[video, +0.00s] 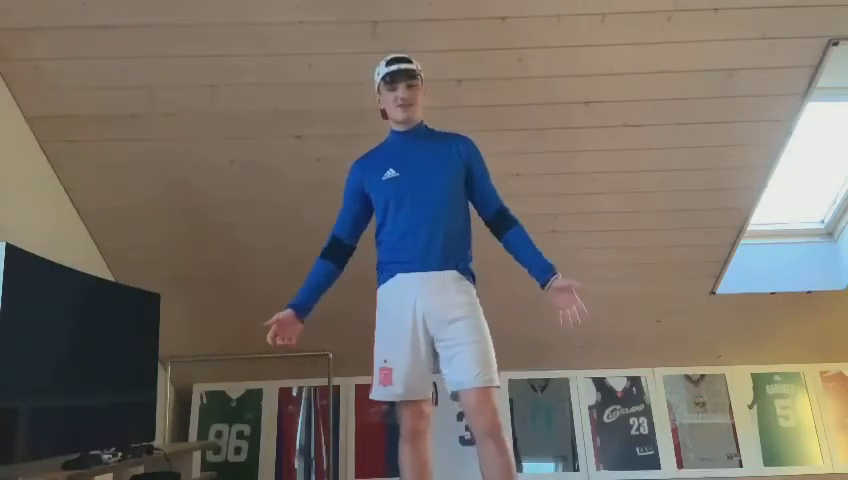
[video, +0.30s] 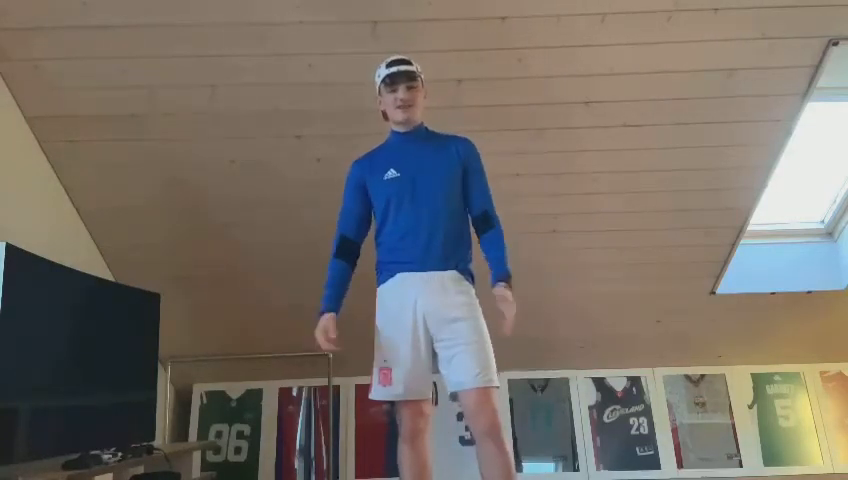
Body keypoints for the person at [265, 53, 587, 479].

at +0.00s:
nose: (403, 94)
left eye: (411, 85)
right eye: (393, 88)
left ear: (424, 93)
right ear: (381, 102)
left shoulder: (459, 148)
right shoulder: (368, 165)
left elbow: (500, 220)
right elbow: (338, 246)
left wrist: (548, 278)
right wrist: (298, 310)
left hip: (455, 292)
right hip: (398, 298)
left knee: (485, 414)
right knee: (414, 418)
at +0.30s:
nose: (403, 95)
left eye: (411, 86)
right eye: (393, 89)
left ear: (424, 94)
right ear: (380, 102)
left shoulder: (460, 150)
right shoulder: (366, 168)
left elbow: (485, 221)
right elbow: (347, 244)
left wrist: (500, 280)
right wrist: (330, 308)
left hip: (455, 293)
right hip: (398, 298)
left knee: (484, 414)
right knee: (414, 418)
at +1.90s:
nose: (413, 98)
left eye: (421, 91)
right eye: (403, 90)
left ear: (431, 100)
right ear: (387, 102)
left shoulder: (459, 152)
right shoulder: (366, 167)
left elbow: (476, 226)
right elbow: (362, 244)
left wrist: (426, 269)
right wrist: (400, 293)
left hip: (452, 291)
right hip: (395, 299)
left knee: (484, 417)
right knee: (412, 420)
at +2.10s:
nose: (410, 97)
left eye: (418, 89)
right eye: (400, 89)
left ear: (429, 99)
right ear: (386, 103)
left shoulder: (460, 152)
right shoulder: (367, 168)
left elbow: (479, 223)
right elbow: (360, 245)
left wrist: (477, 282)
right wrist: (363, 311)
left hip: (454, 291)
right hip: (394, 296)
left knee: (484, 417)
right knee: (412, 421)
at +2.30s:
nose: (407, 95)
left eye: (415, 87)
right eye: (397, 89)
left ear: (426, 96)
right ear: (383, 104)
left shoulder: (459, 151)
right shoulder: (367, 167)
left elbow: (493, 222)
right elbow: (347, 249)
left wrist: (532, 287)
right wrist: (323, 321)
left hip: (452, 293)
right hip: (395, 298)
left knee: (484, 416)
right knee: (412, 420)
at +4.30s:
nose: (408, 95)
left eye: (417, 87)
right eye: (398, 88)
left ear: (427, 98)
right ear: (383, 101)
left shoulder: (457, 151)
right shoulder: (363, 166)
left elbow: (482, 226)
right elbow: (352, 243)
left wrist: (442, 264)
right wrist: (391, 268)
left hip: (449, 296)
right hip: (391, 301)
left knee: (482, 419)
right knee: (410, 422)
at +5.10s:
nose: (424, 111)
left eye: (432, 101)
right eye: (414, 101)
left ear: (441, 101)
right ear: (393, 99)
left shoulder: (467, 150)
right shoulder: (373, 168)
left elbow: (506, 214)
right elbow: (359, 249)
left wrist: (465, 228)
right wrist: (399, 249)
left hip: (473, 290)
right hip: (416, 295)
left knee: (510, 409)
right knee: (421, 421)